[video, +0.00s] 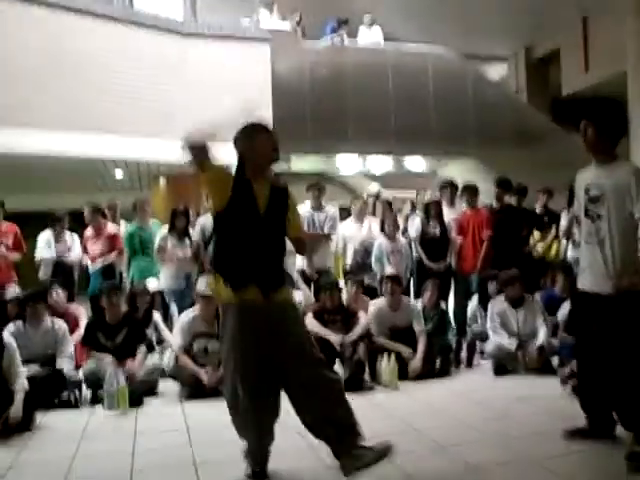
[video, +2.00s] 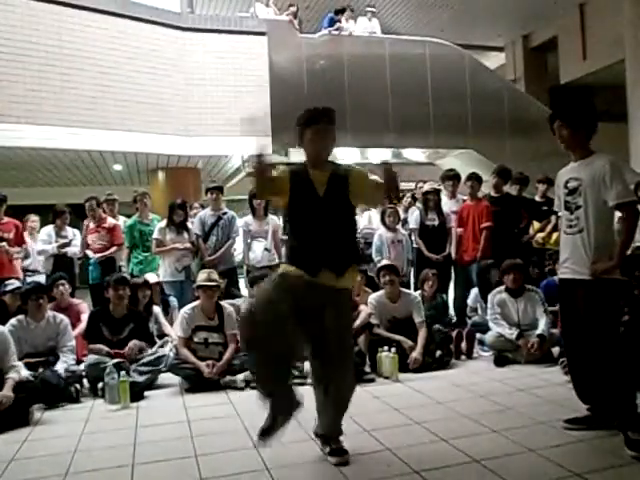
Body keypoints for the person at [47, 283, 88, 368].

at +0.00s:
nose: (54, 296)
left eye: (58, 292)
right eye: (51, 292)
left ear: (66, 294)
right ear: (47, 296)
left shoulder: (76, 310)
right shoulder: (49, 313)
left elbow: (81, 329)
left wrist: (69, 342)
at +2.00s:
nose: (61, 289)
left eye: (63, 285)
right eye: (57, 286)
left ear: (70, 288)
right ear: (52, 293)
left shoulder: (80, 305)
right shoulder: (50, 309)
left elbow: (84, 322)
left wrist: (72, 335)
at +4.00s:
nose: (61, 290)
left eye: (63, 286)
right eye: (57, 288)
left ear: (69, 288)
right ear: (52, 293)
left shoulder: (79, 305)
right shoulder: (49, 310)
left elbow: (86, 322)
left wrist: (70, 336)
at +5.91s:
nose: (64, 293)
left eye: (66, 289)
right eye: (59, 291)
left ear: (72, 290)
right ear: (55, 296)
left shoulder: (83, 307)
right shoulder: (53, 312)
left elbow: (90, 325)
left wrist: (74, 338)